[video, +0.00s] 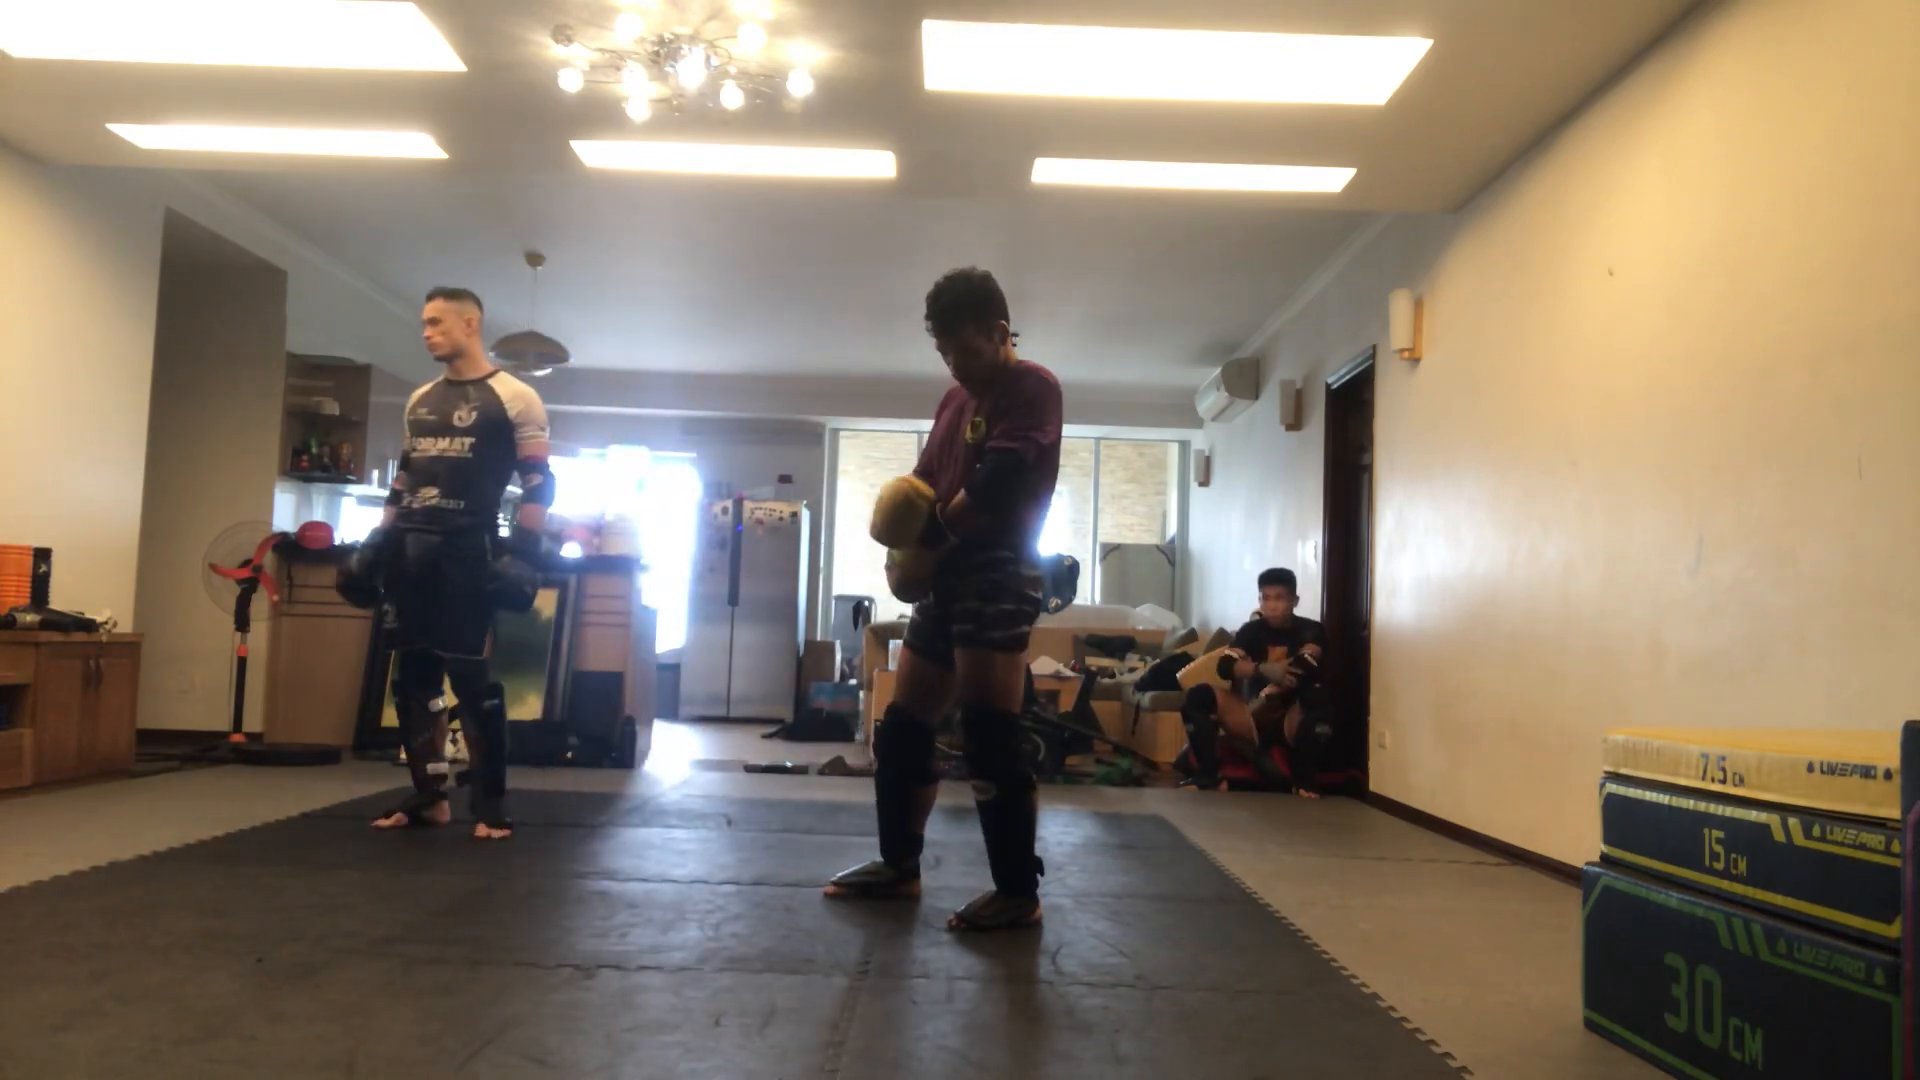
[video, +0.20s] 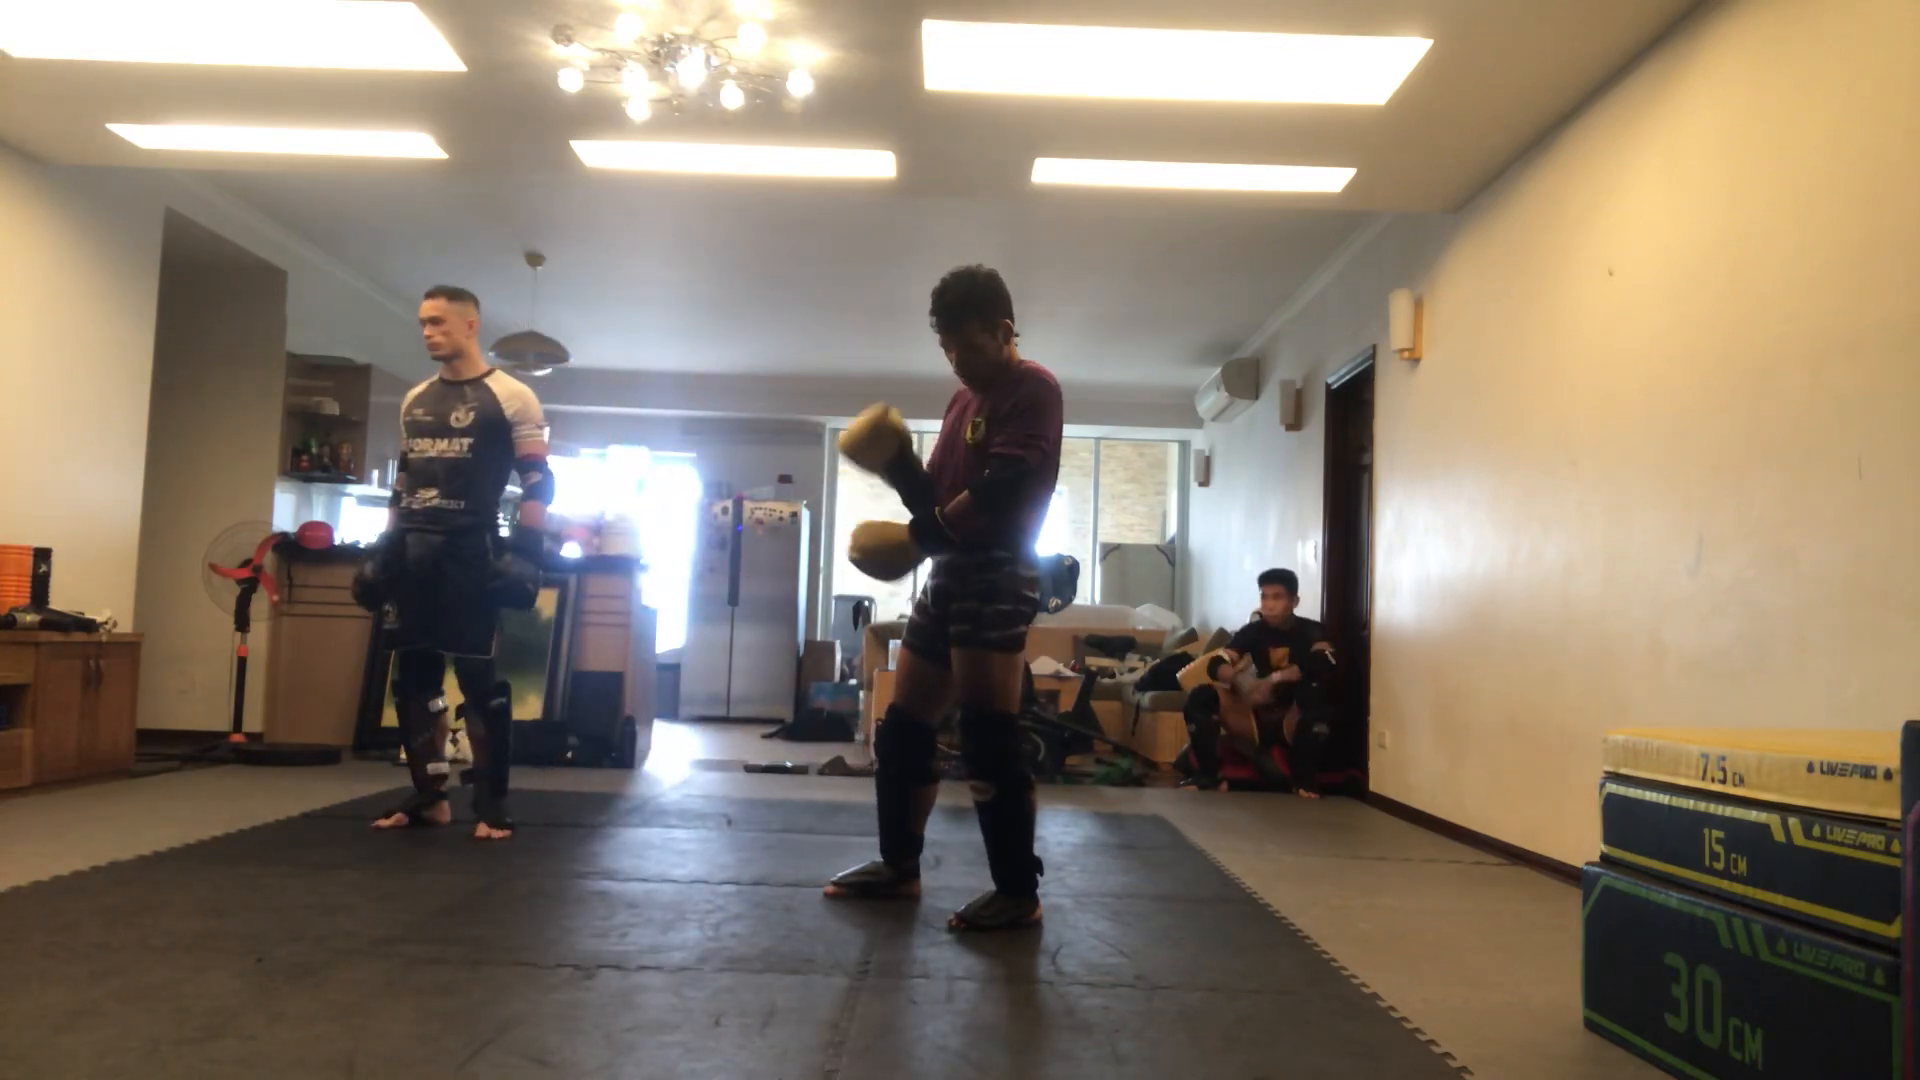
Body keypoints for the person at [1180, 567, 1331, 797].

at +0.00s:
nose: (1271, 605)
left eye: (1279, 598)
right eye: (1266, 598)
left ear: (1294, 601)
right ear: (1260, 601)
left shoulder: (1311, 630)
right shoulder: (1251, 630)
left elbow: (1305, 667)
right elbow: (1225, 665)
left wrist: (1273, 692)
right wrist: (1265, 669)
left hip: (1292, 716)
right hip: (1249, 717)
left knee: (1318, 696)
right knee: (1199, 696)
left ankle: (1304, 780)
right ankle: (1207, 775)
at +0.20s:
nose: (1268, 604)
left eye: (1276, 598)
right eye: (1264, 598)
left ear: (1294, 601)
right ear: (1259, 600)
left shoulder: (1311, 630)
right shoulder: (1251, 632)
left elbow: (1325, 661)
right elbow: (1214, 663)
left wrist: (1274, 679)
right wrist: (1238, 679)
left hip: (1292, 716)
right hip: (1249, 716)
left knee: (1316, 697)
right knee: (1200, 697)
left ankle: (1304, 781)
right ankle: (1208, 776)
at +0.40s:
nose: (1267, 608)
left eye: (1274, 601)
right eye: (1263, 601)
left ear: (1293, 603)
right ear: (1258, 603)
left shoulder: (1311, 632)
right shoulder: (1250, 633)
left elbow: (1324, 670)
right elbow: (1215, 667)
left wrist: (1276, 682)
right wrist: (1222, 684)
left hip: (1294, 711)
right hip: (1253, 712)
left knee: (1316, 700)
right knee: (1200, 698)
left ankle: (1305, 781)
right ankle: (1209, 776)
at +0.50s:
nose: (1264, 610)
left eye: (1272, 604)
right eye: (1261, 603)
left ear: (1291, 605)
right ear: (1257, 603)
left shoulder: (1311, 632)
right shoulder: (1249, 634)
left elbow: (1324, 671)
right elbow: (1214, 669)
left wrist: (1276, 683)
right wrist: (1226, 687)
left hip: (1294, 713)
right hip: (1252, 712)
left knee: (1316, 700)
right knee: (1200, 698)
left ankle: (1305, 781)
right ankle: (1209, 775)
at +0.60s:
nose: (1261, 611)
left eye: (1269, 604)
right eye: (1257, 604)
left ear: (1288, 606)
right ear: (1254, 604)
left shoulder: (1310, 632)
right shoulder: (1248, 633)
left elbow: (1325, 671)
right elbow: (1213, 670)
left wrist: (1276, 685)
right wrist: (1228, 688)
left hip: (1294, 713)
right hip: (1253, 711)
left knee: (1317, 699)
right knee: (1200, 698)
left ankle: (1306, 780)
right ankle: (1209, 775)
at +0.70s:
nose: (1257, 611)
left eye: (1265, 605)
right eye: (1254, 604)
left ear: (1285, 607)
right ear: (1250, 604)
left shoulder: (1309, 632)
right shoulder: (1246, 633)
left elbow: (1325, 671)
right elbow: (1214, 670)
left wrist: (1276, 688)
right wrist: (1229, 691)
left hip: (1294, 709)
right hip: (1252, 709)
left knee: (1317, 700)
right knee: (1200, 699)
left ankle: (1306, 780)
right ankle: (1209, 775)